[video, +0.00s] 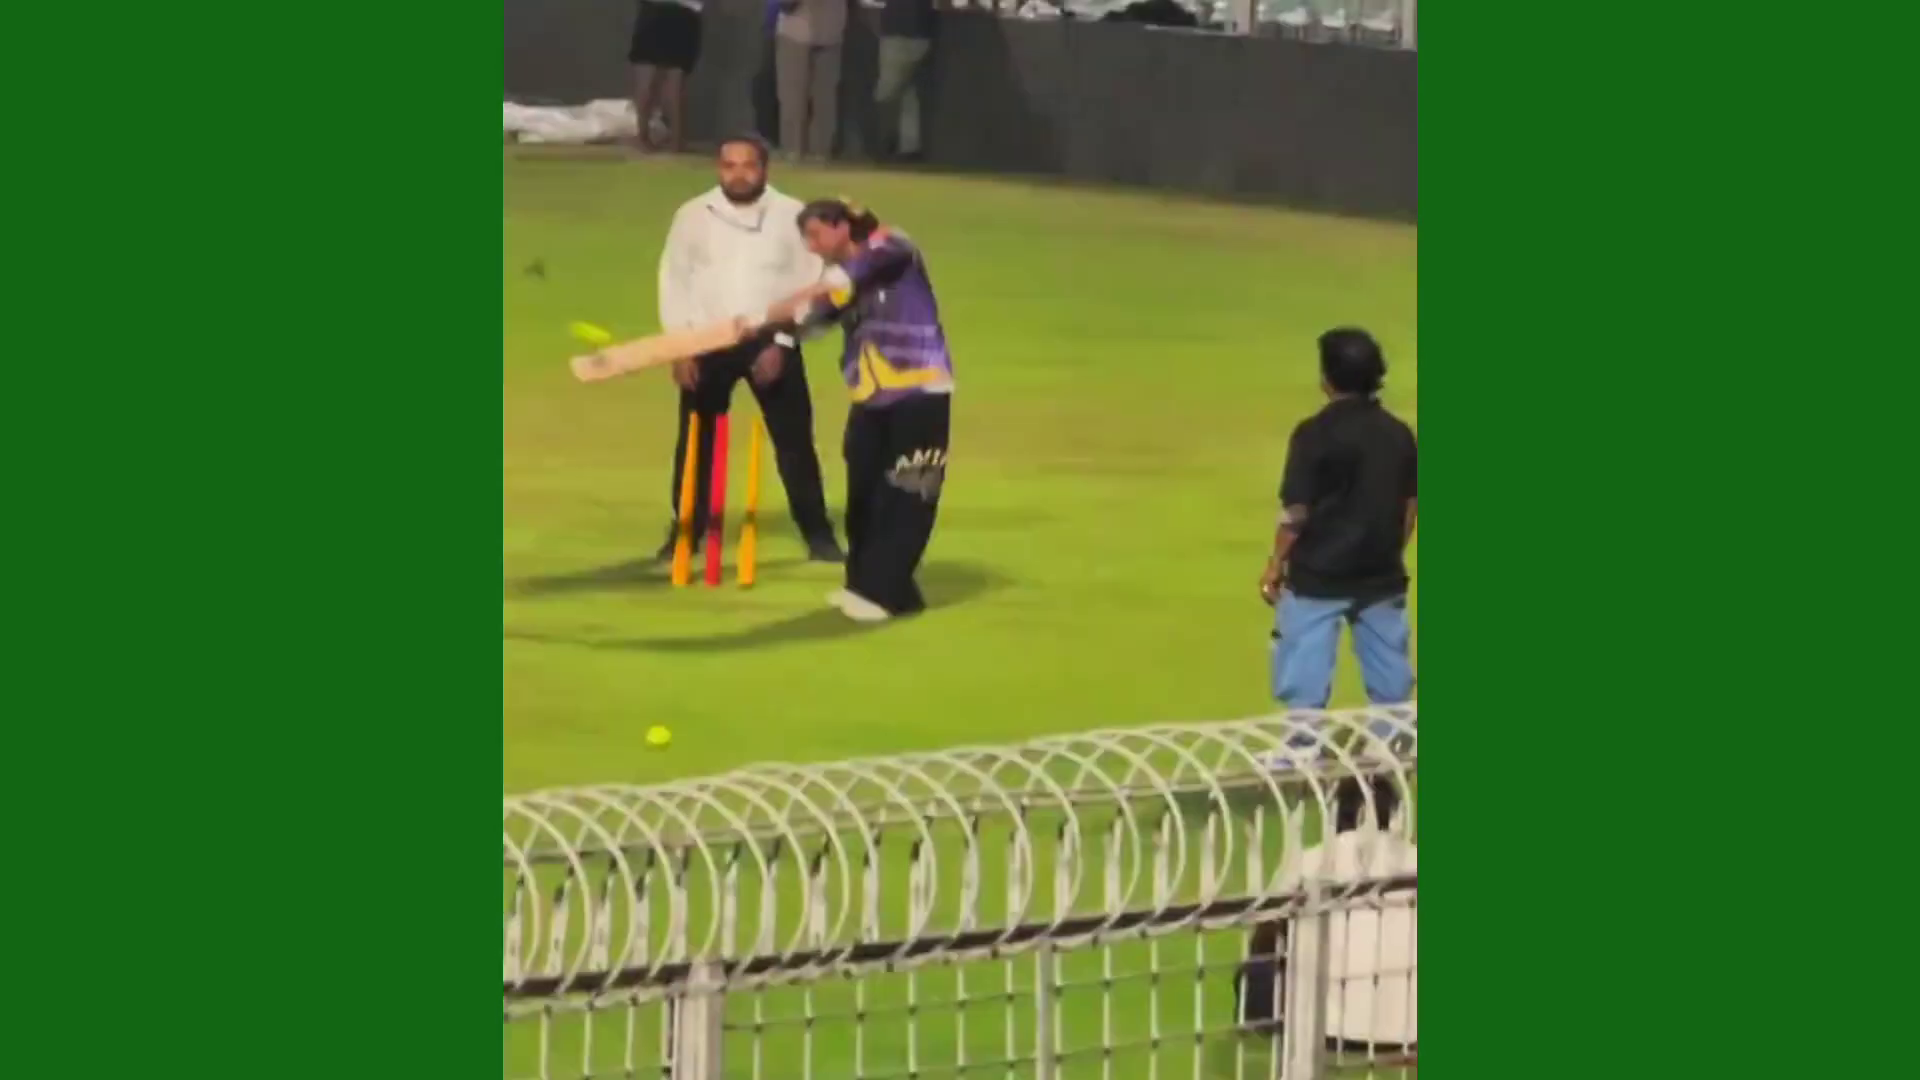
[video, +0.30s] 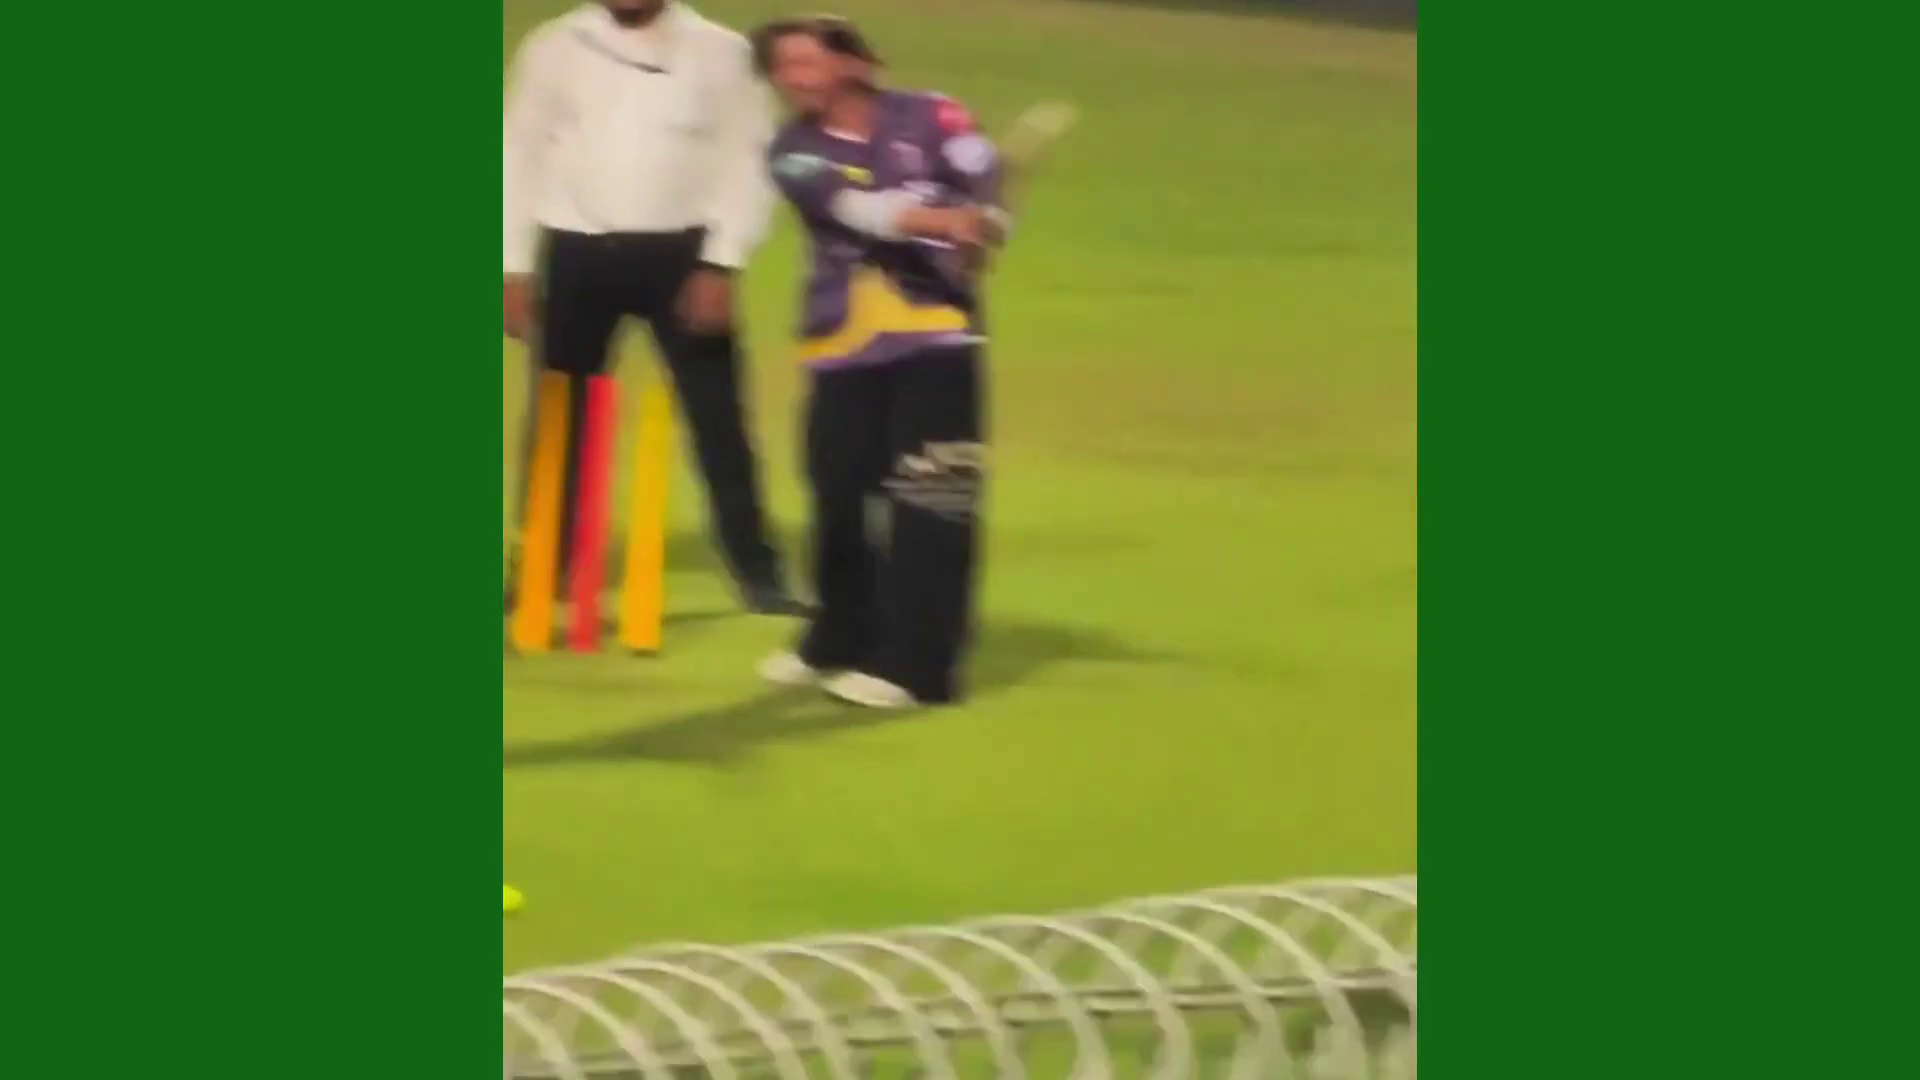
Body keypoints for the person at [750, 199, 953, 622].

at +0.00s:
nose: (815, 250)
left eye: (815, 238)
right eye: (811, 244)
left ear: (837, 225)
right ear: (829, 233)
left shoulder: (892, 245)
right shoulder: (845, 273)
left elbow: (857, 275)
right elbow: (820, 314)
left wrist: (820, 295)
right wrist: (771, 326)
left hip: (919, 396)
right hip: (873, 400)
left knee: (903, 496)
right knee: (865, 492)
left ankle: (885, 591)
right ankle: (867, 583)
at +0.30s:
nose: (795, 77)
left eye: (805, 60)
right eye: (784, 68)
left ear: (845, 60)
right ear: (777, 81)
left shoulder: (930, 115)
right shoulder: (794, 150)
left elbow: (985, 177)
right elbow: (852, 206)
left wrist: (976, 223)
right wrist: (936, 219)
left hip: (934, 342)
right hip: (845, 351)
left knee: (930, 505)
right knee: (840, 499)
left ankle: (914, 668)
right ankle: (837, 643)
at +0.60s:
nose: (871, 98)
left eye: (884, 82)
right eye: (860, 85)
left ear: (925, 81)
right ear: (852, 92)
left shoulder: (1011, 153)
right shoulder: (859, 174)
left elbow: (1042, 253)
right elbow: (892, 266)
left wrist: (994, 319)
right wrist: (964, 321)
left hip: (981, 372)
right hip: (893, 382)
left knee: (968, 536)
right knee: (894, 531)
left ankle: (962, 694)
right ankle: (889, 673)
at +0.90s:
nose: (845, 107)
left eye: (861, 94)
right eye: (839, 96)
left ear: (909, 99)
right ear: (834, 107)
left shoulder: (974, 174)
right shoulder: (828, 190)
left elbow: (1006, 279)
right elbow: (832, 299)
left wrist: (937, 350)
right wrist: (846, 388)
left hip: (962, 388)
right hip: (878, 394)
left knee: (945, 545)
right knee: (858, 538)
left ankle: (941, 714)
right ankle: (878, 692)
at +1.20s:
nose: (852, 97)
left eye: (868, 83)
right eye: (846, 86)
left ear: (916, 92)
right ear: (842, 97)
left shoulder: (962, 167)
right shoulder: (848, 181)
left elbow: (978, 279)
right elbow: (845, 291)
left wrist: (901, 344)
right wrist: (832, 378)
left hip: (961, 381)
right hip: (891, 384)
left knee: (947, 540)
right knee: (872, 538)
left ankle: (957, 710)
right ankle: (899, 691)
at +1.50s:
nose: (868, 86)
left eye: (884, 74)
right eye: (864, 75)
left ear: (931, 84)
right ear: (861, 89)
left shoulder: (974, 159)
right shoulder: (870, 179)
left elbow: (977, 266)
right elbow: (865, 291)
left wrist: (903, 334)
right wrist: (844, 380)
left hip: (970, 380)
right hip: (904, 383)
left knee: (962, 539)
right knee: (889, 537)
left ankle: (981, 706)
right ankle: (926, 686)